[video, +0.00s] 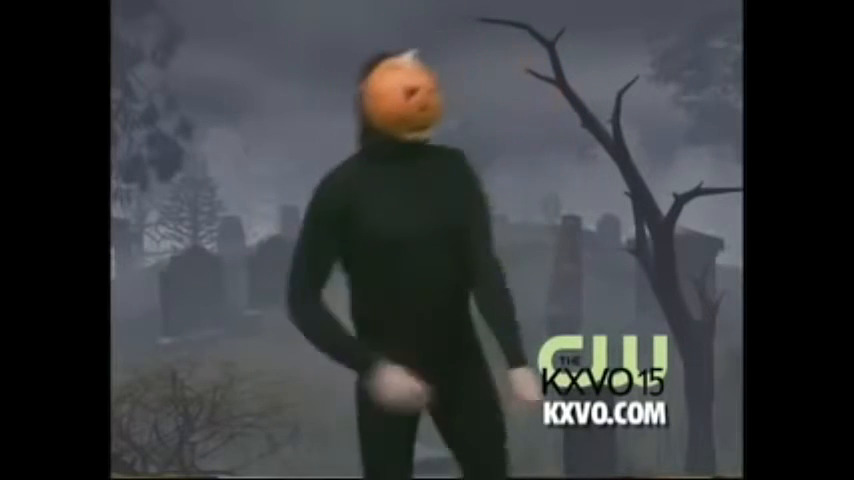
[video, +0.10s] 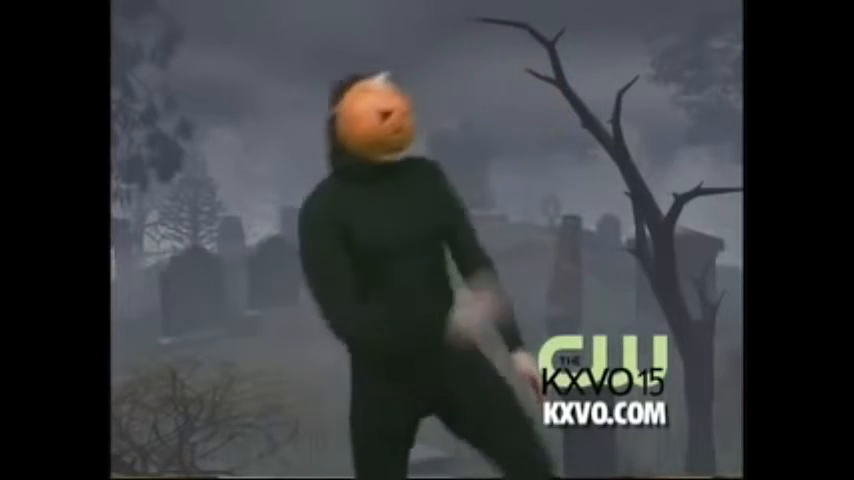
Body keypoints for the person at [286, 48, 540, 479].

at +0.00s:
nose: (419, 93)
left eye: (425, 85)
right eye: (402, 87)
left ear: (438, 98)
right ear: (368, 105)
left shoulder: (453, 170)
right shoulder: (343, 186)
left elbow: (484, 271)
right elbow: (302, 301)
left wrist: (516, 360)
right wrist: (370, 366)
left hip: (458, 359)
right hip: (384, 363)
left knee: (490, 469)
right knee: (387, 473)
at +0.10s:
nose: (397, 117)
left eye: (399, 108)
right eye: (380, 114)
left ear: (410, 114)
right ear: (343, 133)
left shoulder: (426, 178)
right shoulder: (324, 210)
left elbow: (477, 268)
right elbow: (349, 321)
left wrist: (516, 346)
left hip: (453, 363)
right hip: (382, 378)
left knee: (531, 463)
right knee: (379, 471)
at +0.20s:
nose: (385, 118)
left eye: (386, 109)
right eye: (365, 112)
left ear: (399, 117)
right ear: (330, 129)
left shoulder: (410, 180)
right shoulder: (322, 215)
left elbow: (448, 244)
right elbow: (361, 304)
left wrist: (490, 302)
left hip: (444, 349)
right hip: (382, 373)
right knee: (382, 473)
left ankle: (520, 474)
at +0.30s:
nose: (381, 88)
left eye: (380, 78)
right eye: (362, 85)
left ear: (394, 85)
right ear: (325, 108)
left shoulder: (398, 152)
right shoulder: (326, 190)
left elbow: (424, 231)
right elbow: (406, 271)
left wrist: (457, 266)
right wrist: (447, 168)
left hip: (443, 323)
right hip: (391, 350)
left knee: (549, 332)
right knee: (391, 470)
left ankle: (484, 452)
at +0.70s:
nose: (397, 107)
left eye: (400, 96)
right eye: (379, 103)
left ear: (417, 107)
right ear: (352, 125)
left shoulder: (423, 177)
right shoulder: (341, 211)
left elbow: (444, 244)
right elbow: (385, 294)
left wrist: (479, 281)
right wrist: (429, 225)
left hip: (444, 349)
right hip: (384, 368)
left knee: (555, 391)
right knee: (387, 471)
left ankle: (520, 474)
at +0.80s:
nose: (415, 95)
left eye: (425, 84)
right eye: (399, 87)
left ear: (438, 95)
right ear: (371, 103)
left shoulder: (456, 153)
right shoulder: (353, 187)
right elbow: (353, 297)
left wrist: (496, 221)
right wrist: (401, 241)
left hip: (456, 337)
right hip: (389, 349)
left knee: (547, 427)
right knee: (386, 470)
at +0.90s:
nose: (414, 79)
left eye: (427, 67)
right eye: (399, 69)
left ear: (448, 75)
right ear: (379, 81)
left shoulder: (483, 133)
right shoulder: (362, 159)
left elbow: (530, 156)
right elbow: (347, 266)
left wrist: (518, 202)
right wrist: (394, 288)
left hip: (476, 336)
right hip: (397, 343)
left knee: (511, 462)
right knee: (391, 468)